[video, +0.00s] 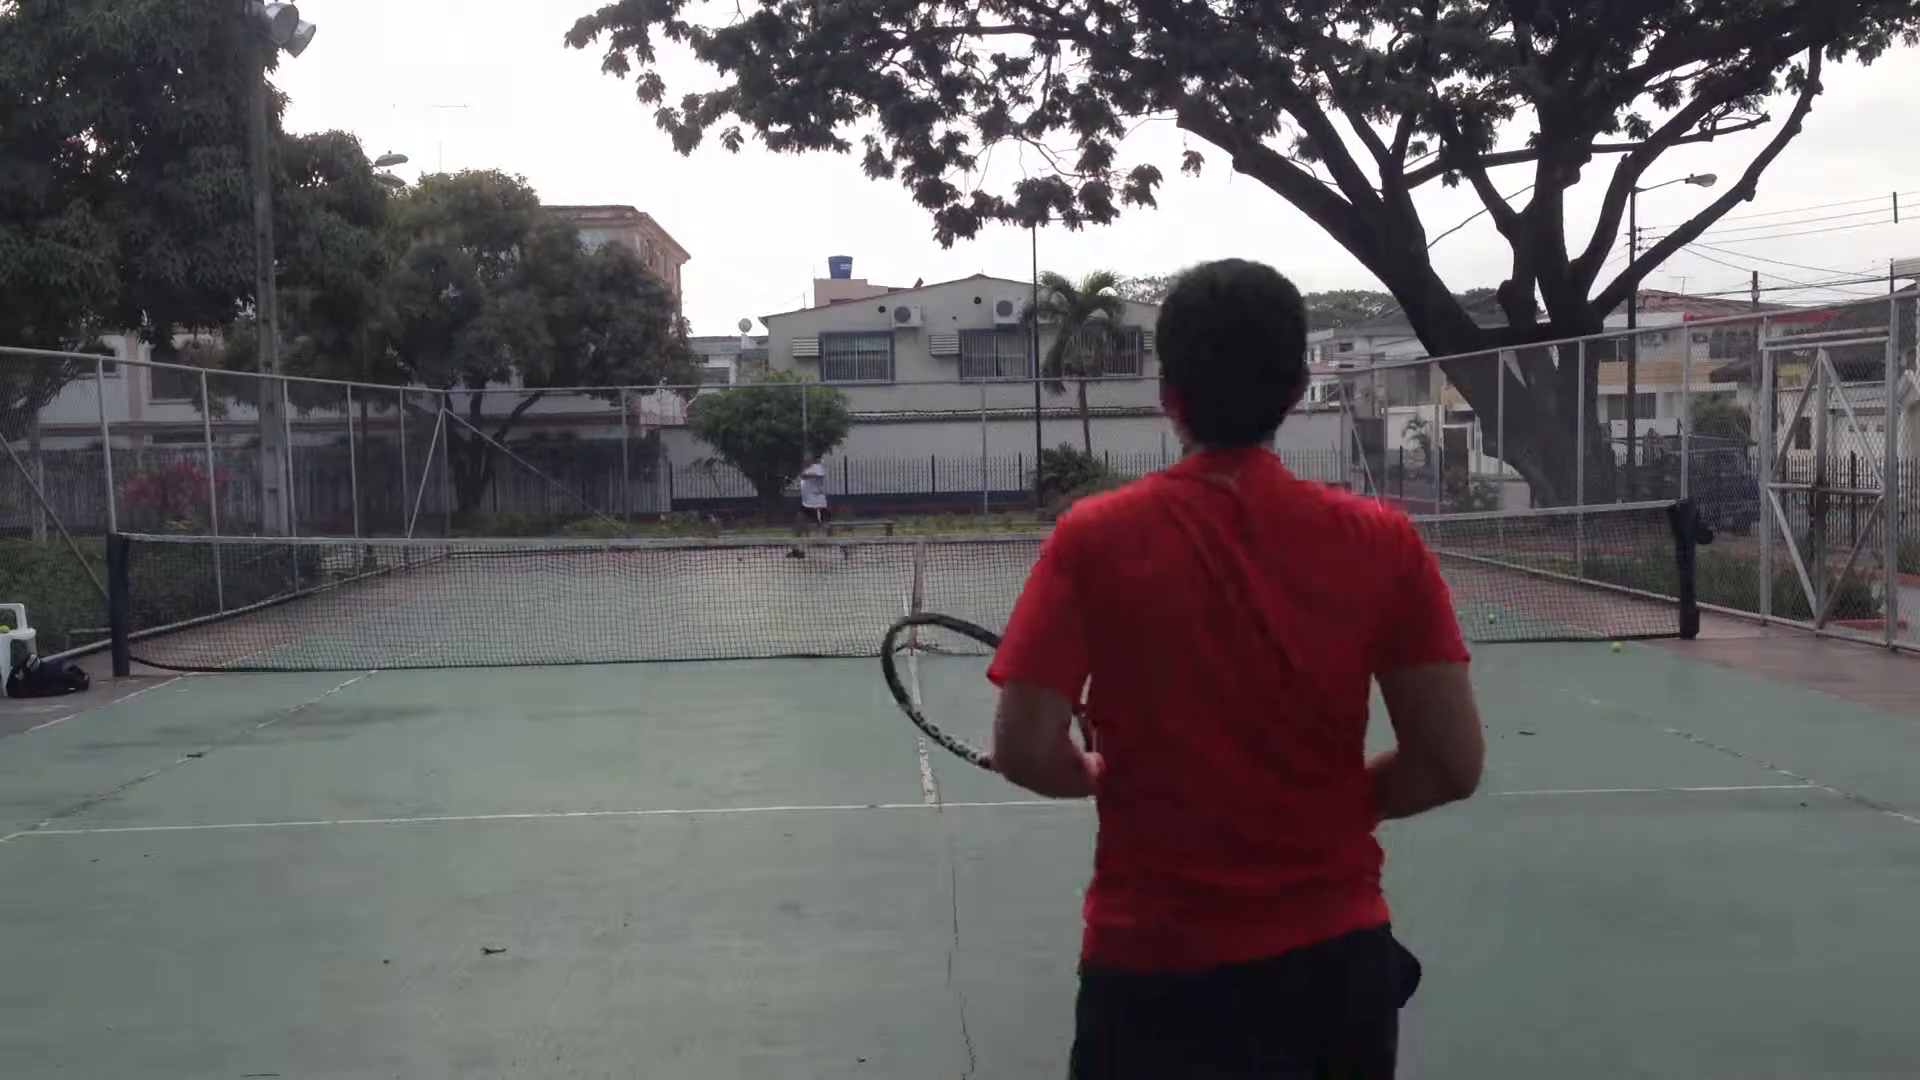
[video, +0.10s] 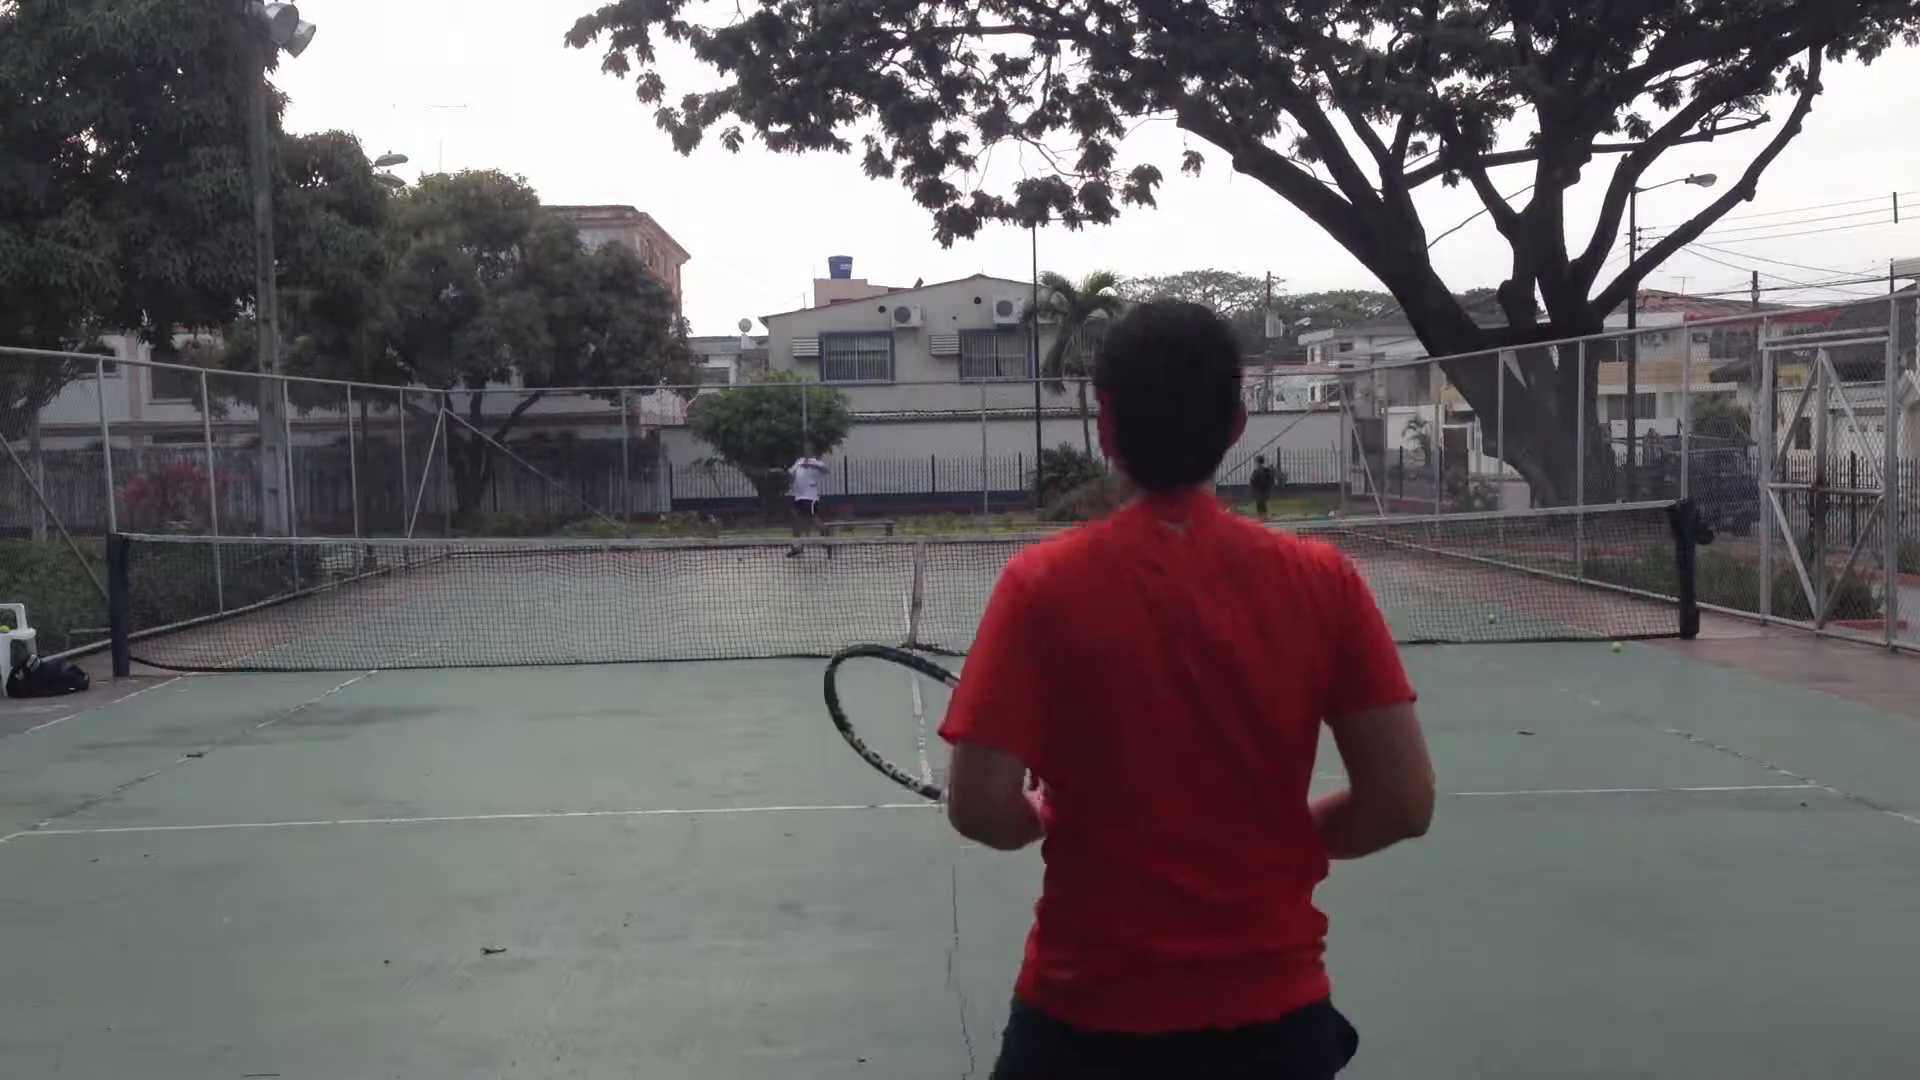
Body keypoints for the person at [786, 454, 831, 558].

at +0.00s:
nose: (805, 460)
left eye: (808, 457)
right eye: (804, 457)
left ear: (814, 458)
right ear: (804, 459)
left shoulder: (818, 467)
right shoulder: (805, 469)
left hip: (818, 504)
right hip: (806, 504)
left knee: (826, 530)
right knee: (798, 527)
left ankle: (842, 547)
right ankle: (798, 549)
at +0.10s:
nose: (807, 453)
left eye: (809, 450)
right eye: (805, 450)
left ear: (813, 452)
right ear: (803, 451)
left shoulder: (817, 463)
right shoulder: (799, 462)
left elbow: (825, 469)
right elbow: (790, 472)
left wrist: (810, 465)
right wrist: (785, 472)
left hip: (811, 496)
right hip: (798, 496)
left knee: (813, 519)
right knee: (796, 521)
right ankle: (797, 545)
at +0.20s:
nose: (807, 448)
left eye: (810, 447)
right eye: (806, 446)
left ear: (814, 450)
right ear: (803, 448)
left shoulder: (815, 459)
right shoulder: (796, 457)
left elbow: (826, 462)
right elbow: (784, 459)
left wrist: (824, 456)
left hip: (807, 493)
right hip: (793, 491)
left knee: (808, 519)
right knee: (792, 519)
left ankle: (815, 543)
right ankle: (794, 545)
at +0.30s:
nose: (801, 450)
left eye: (804, 449)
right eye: (800, 448)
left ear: (809, 452)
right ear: (798, 449)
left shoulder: (813, 463)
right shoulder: (791, 458)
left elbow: (825, 459)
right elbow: (782, 445)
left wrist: (823, 446)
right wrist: (794, 436)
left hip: (803, 496)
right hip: (789, 493)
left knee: (802, 522)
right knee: (787, 519)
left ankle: (804, 545)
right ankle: (784, 545)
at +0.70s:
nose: (804, 454)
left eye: (806, 452)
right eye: (801, 452)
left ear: (809, 454)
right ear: (797, 453)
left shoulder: (811, 466)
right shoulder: (790, 463)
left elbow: (825, 468)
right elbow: (791, 458)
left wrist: (823, 459)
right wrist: (797, 452)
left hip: (806, 498)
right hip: (791, 497)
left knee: (813, 523)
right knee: (790, 522)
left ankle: (814, 545)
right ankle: (786, 546)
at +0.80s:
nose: (800, 449)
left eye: (803, 447)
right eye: (799, 447)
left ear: (809, 451)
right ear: (798, 451)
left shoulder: (814, 466)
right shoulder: (794, 461)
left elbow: (827, 475)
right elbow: (801, 464)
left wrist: (825, 464)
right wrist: (812, 458)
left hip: (811, 499)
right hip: (796, 498)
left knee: (817, 522)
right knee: (792, 522)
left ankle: (818, 546)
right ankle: (787, 546)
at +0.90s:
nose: (811, 455)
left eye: (812, 452)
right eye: (808, 452)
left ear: (817, 453)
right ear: (805, 453)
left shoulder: (819, 466)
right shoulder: (801, 465)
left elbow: (828, 481)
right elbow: (802, 474)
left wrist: (829, 471)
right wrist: (818, 468)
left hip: (817, 499)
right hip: (802, 499)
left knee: (822, 523)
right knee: (796, 524)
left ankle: (819, 546)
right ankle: (788, 547)